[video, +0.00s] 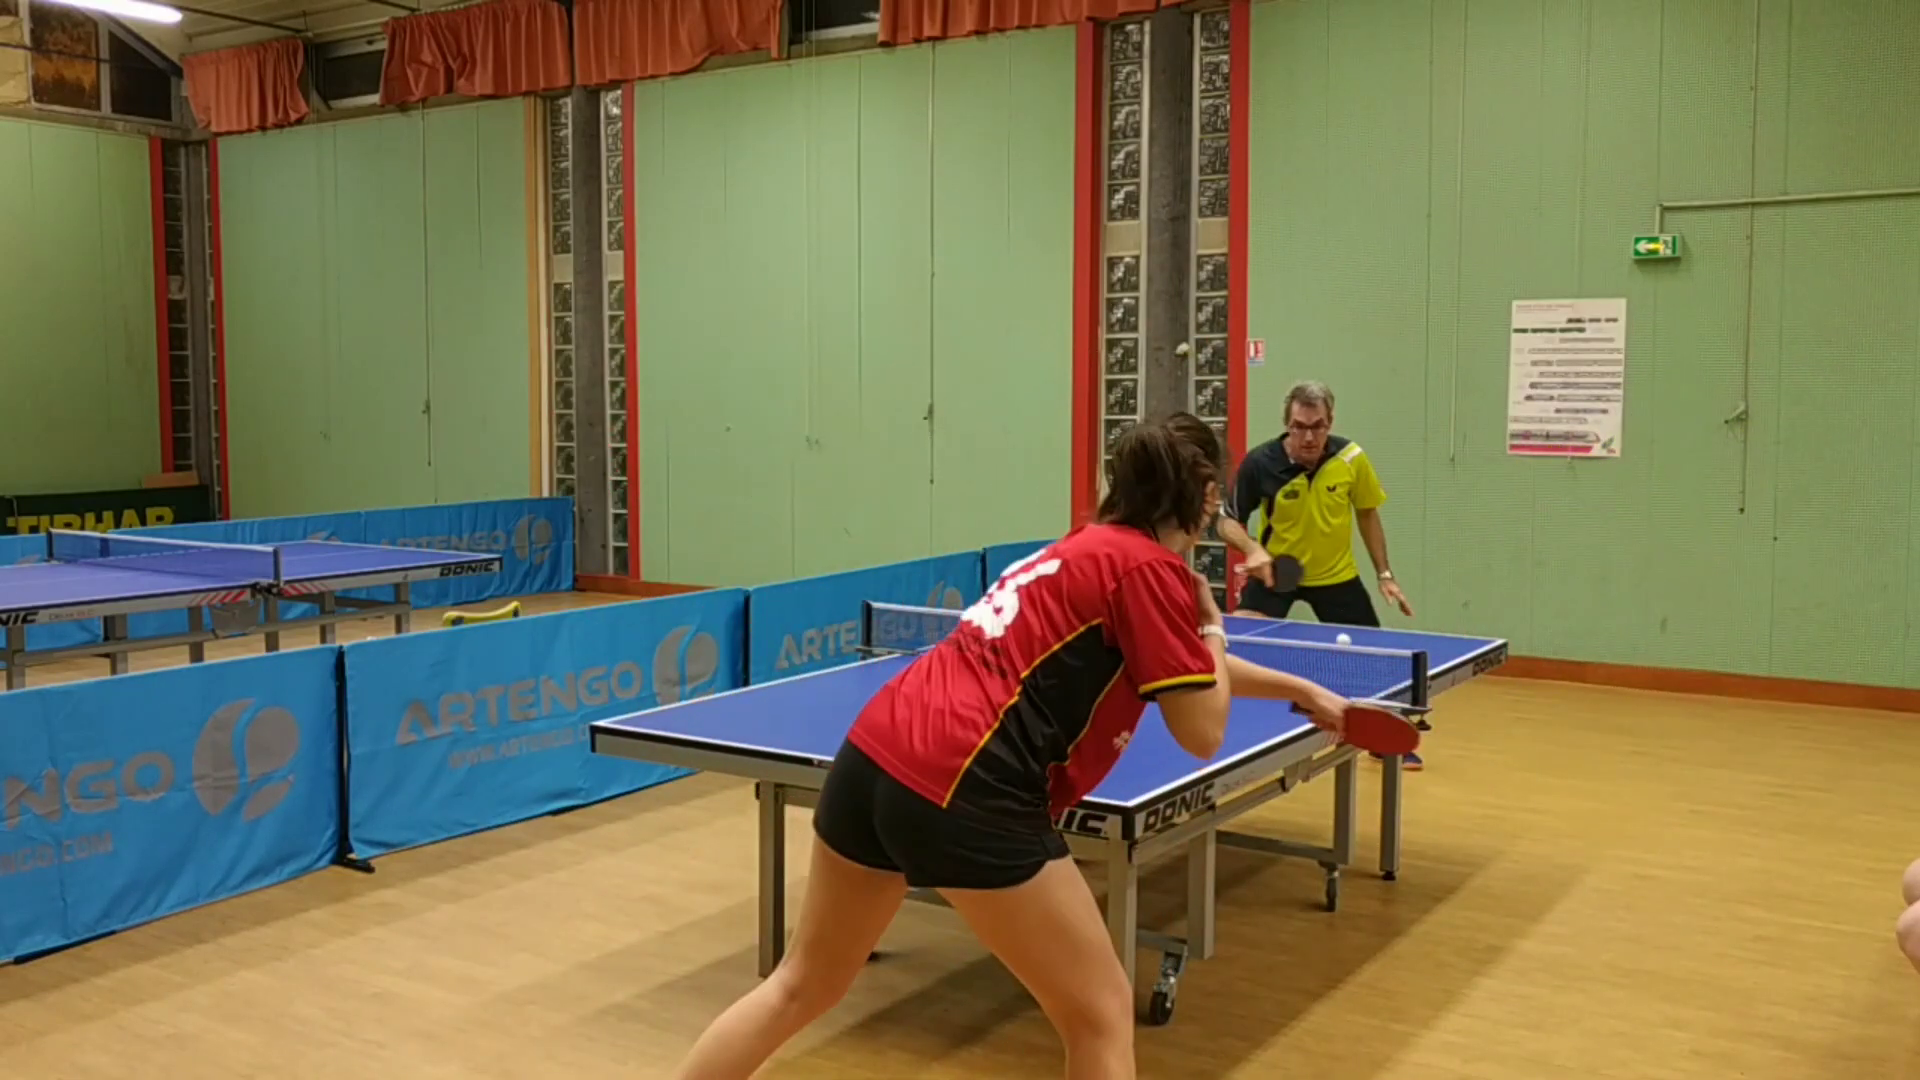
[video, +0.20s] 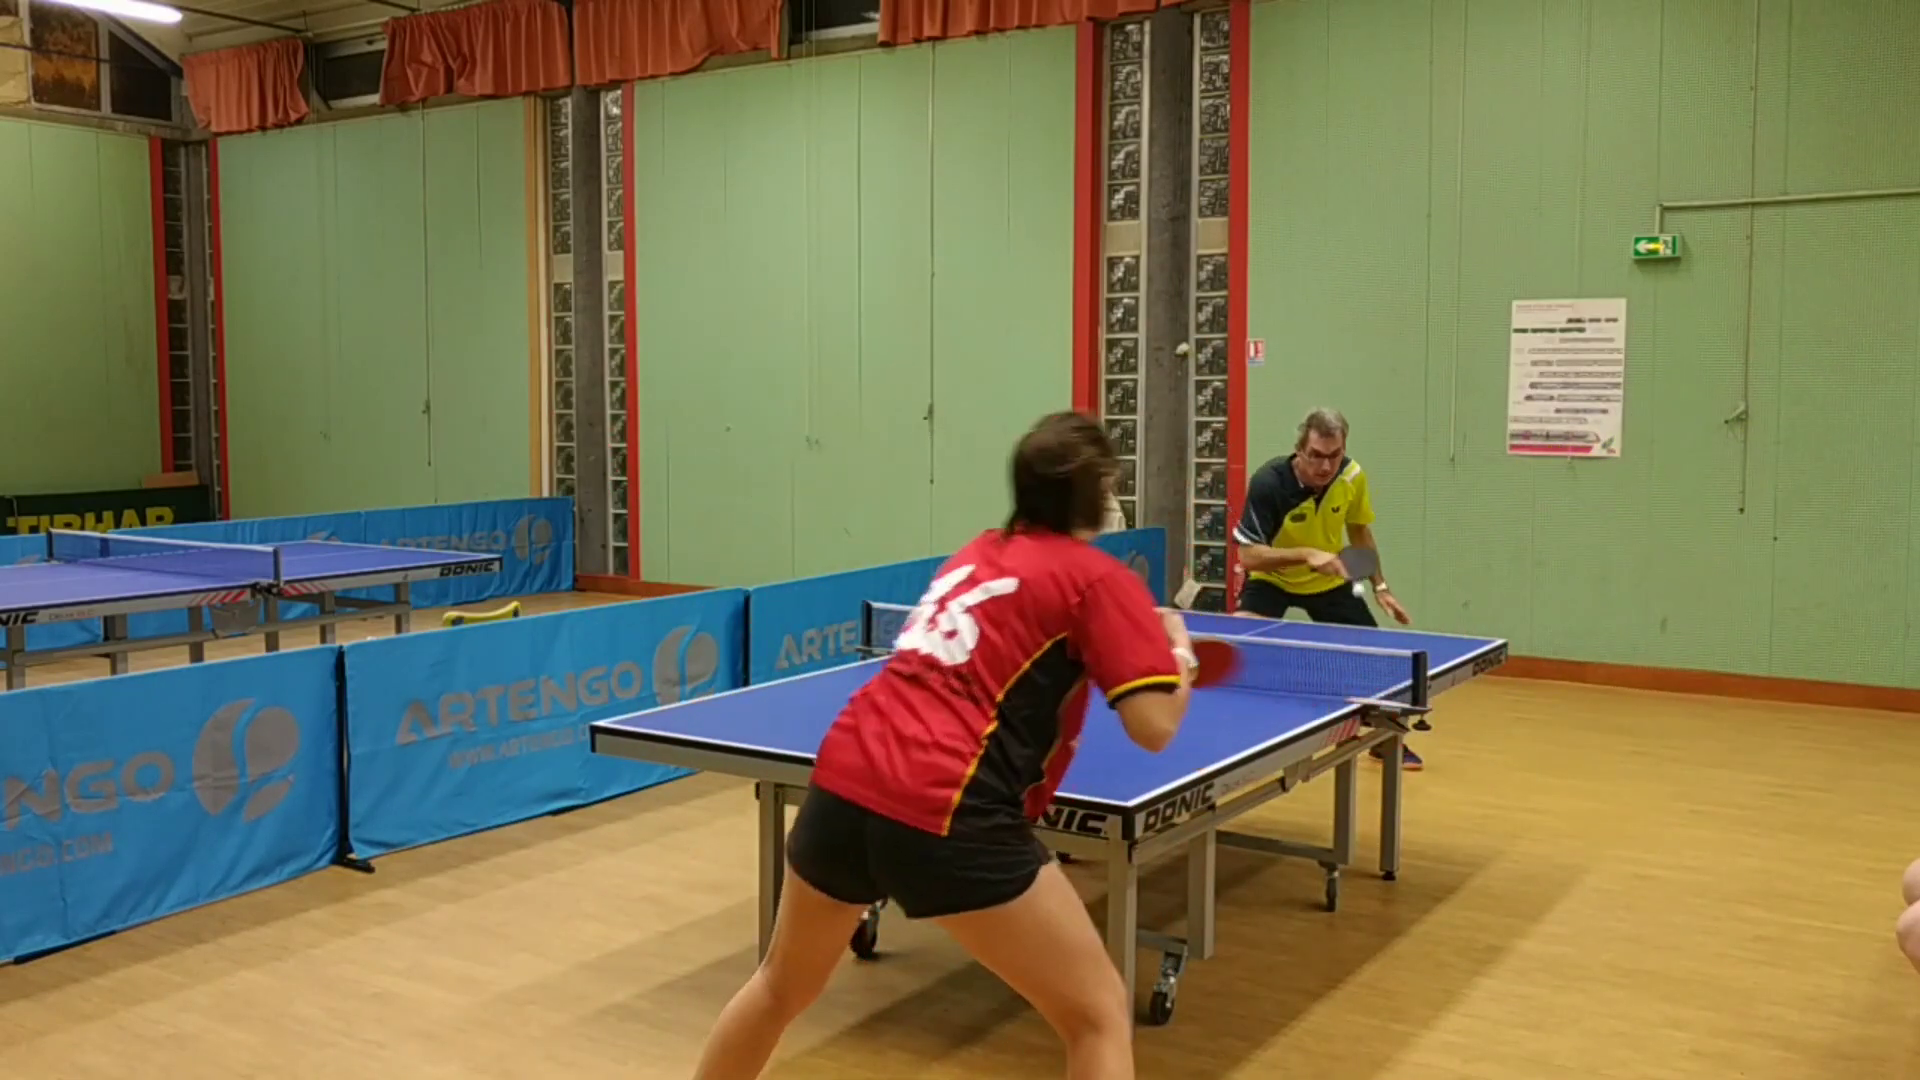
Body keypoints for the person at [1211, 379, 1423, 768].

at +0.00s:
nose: (1308, 437)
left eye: (1316, 427)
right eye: (1299, 427)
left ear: (1330, 424)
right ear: (1286, 423)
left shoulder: (1350, 458)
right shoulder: (1261, 463)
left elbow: (1368, 515)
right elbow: (1228, 520)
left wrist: (1385, 576)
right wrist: (1252, 550)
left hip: (1336, 578)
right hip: (1274, 578)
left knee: (1374, 651)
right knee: (1235, 645)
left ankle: (1389, 736)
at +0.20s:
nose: (1324, 466)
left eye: (1333, 456)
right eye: (1316, 456)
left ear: (1343, 450)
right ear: (1299, 448)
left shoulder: (1351, 476)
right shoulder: (1269, 482)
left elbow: (1359, 532)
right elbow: (1248, 557)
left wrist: (1380, 587)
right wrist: (1306, 555)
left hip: (1328, 584)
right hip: (1269, 583)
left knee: (1377, 653)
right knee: (1240, 650)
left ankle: (1386, 737)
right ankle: (1225, 743)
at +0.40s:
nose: (1328, 481)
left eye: (1337, 472)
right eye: (1319, 470)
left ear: (1346, 466)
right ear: (1302, 462)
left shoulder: (1347, 488)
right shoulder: (1277, 491)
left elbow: (1345, 536)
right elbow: (1259, 560)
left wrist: (1365, 592)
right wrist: (1291, 577)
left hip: (1323, 587)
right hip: (1267, 588)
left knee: (1375, 651)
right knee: (1246, 656)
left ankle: (1386, 736)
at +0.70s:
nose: (1302, 454)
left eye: (1311, 445)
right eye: (1294, 444)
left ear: (1328, 441)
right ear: (1283, 440)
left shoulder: (1344, 470)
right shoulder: (1263, 475)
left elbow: (1351, 522)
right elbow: (1229, 541)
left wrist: (1367, 578)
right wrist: (1249, 579)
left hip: (1331, 580)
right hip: (1274, 581)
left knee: (1375, 652)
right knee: (1244, 655)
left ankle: (1388, 737)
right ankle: (1234, 745)